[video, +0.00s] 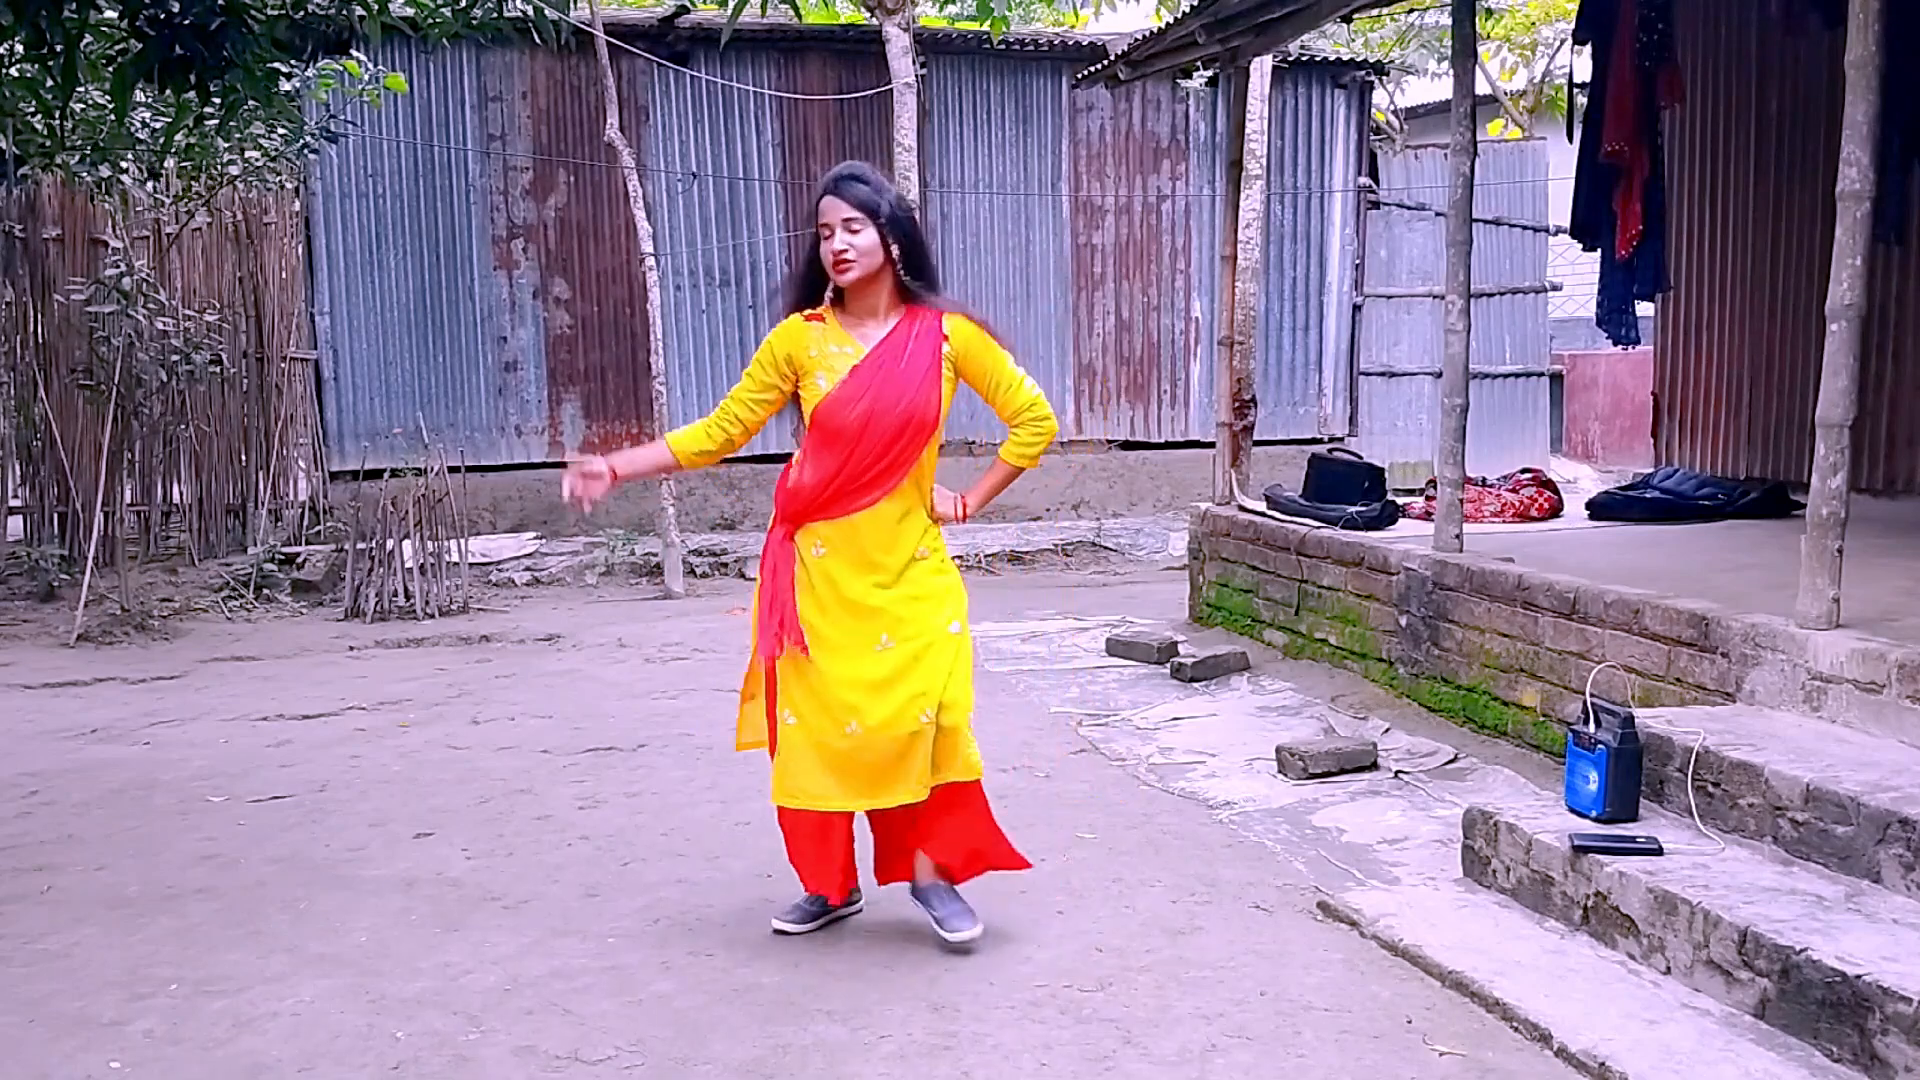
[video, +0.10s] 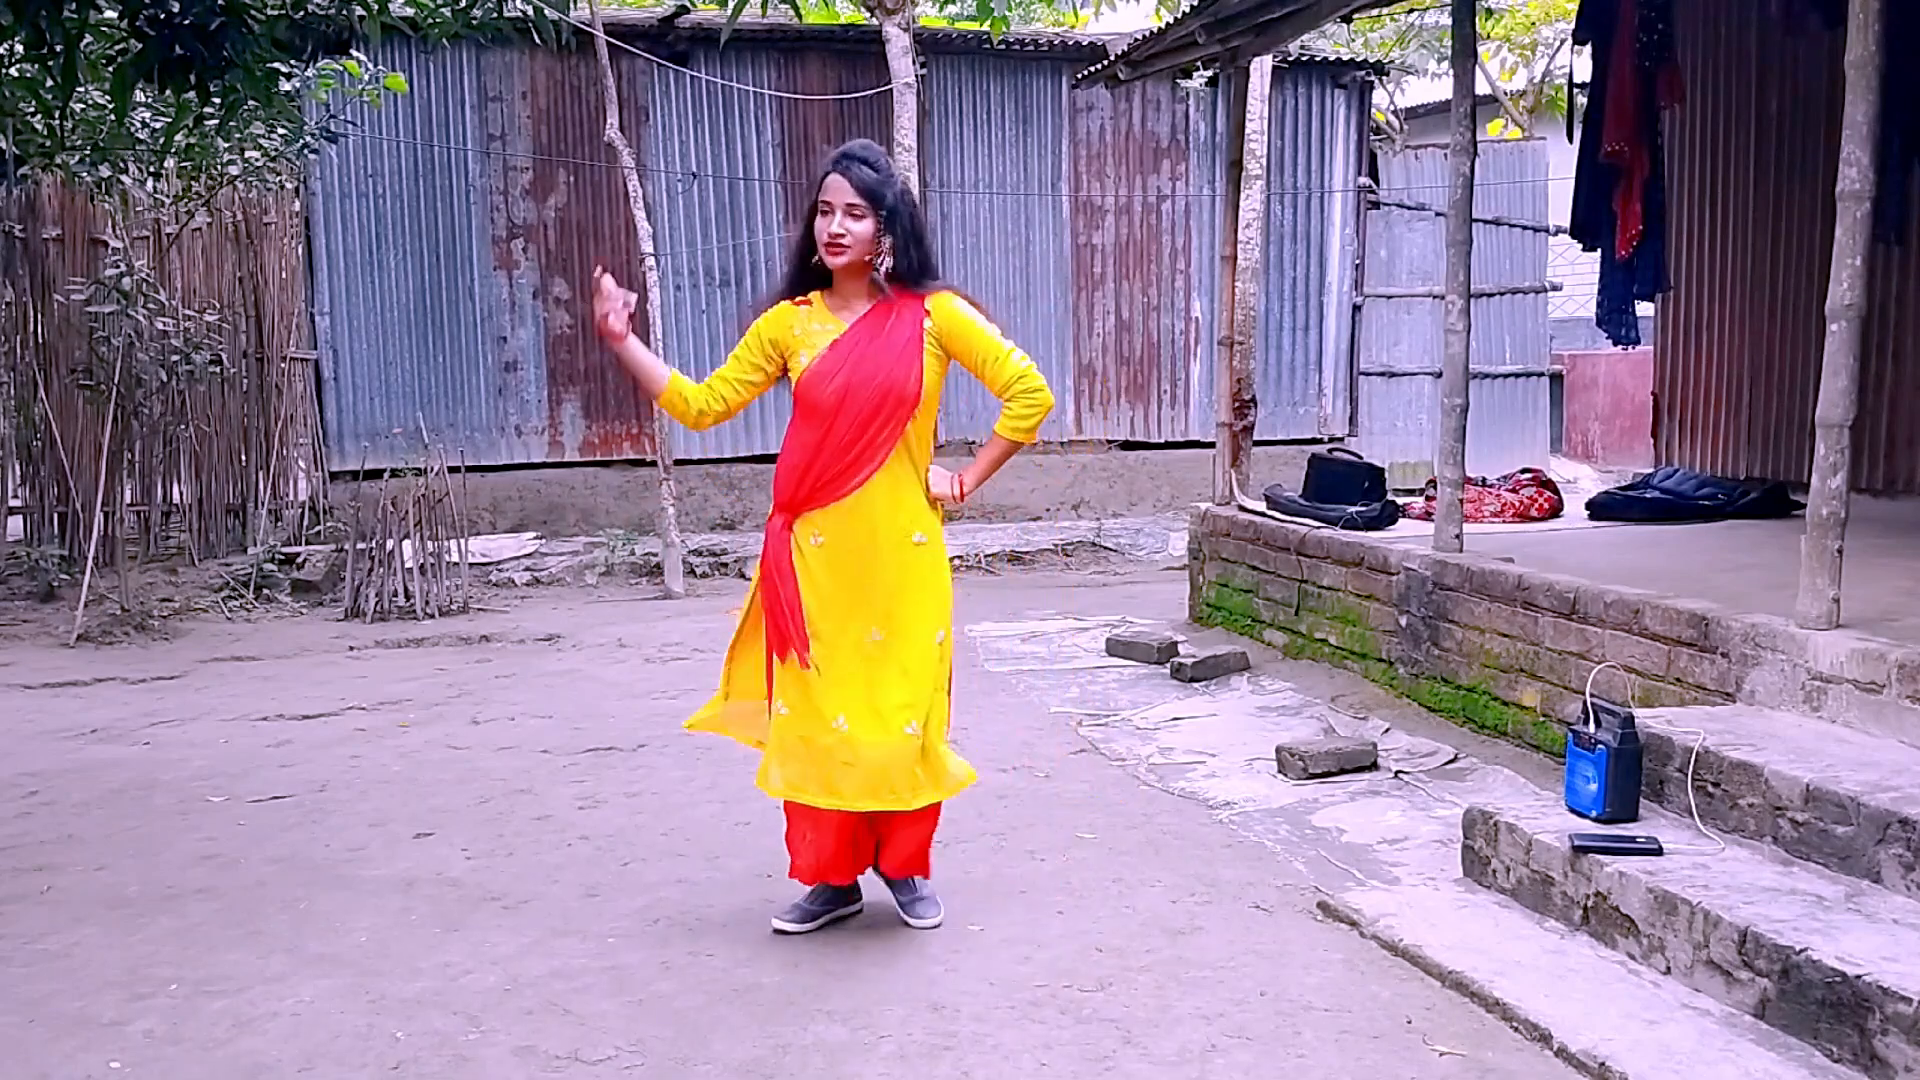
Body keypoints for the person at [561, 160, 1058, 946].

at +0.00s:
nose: (838, 244)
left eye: (853, 228)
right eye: (827, 232)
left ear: (892, 236)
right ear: (817, 247)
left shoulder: (946, 334)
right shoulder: (799, 338)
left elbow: (1036, 420)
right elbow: (720, 431)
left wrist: (973, 498)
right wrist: (617, 467)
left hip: (906, 548)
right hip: (813, 550)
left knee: (931, 708)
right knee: (809, 713)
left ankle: (931, 872)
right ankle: (830, 881)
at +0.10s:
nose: (835, 226)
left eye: (854, 212)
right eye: (824, 211)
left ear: (889, 225)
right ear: (811, 224)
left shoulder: (933, 314)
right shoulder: (788, 322)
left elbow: (1030, 396)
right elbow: (701, 406)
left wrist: (968, 476)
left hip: (901, 541)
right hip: (807, 542)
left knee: (903, 704)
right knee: (811, 706)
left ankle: (906, 866)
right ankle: (831, 879)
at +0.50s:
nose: (856, 233)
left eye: (875, 219)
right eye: (848, 216)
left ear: (911, 231)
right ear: (836, 226)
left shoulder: (947, 312)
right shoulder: (829, 325)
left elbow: (1051, 382)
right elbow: (737, 386)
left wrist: (987, 473)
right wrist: (637, 390)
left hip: (924, 544)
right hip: (845, 545)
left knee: (923, 720)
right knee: (831, 705)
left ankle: (1024, 905)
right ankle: (840, 877)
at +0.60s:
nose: (876, 240)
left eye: (895, 226)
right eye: (869, 225)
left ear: (934, 237)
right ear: (860, 234)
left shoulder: (963, 318)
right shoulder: (862, 342)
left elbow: (1064, 387)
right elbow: (797, 427)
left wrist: (994, 474)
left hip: (943, 552)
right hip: (872, 554)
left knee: (972, 725)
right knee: (851, 706)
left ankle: (1039, 911)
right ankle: (845, 877)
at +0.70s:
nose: (900, 246)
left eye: (920, 235)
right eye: (894, 230)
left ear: (956, 251)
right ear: (883, 243)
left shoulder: (978, 333)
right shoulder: (901, 351)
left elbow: (1059, 410)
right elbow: (873, 463)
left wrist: (991, 487)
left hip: (970, 562)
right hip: (907, 563)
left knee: (981, 734)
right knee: (849, 700)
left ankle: (1036, 917)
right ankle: (861, 877)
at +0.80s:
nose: (927, 224)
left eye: (948, 215)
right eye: (922, 209)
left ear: (981, 235)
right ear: (910, 223)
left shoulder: (996, 323)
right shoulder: (928, 329)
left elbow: (1072, 401)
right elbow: (963, 422)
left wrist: (998, 480)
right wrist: (932, 500)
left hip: (990, 557)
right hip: (938, 555)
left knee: (994, 733)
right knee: (936, 720)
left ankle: (1038, 915)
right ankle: (949, 880)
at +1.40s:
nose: (920, 204)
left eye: (939, 189)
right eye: (911, 192)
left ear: (977, 207)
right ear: (902, 211)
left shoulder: (1017, 296)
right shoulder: (883, 306)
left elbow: (1100, 392)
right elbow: (891, 423)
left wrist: (1017, 464)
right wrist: (869, 510)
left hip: (981, 536)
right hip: (894, 535)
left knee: (1009, 717)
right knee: (871, 692)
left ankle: (1044, 910)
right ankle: (867, 864)